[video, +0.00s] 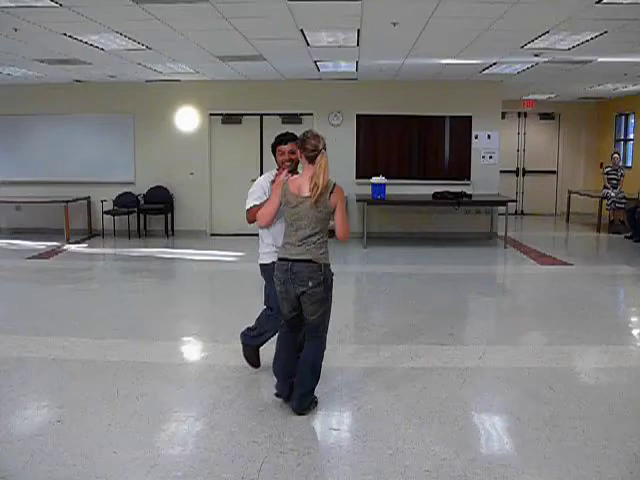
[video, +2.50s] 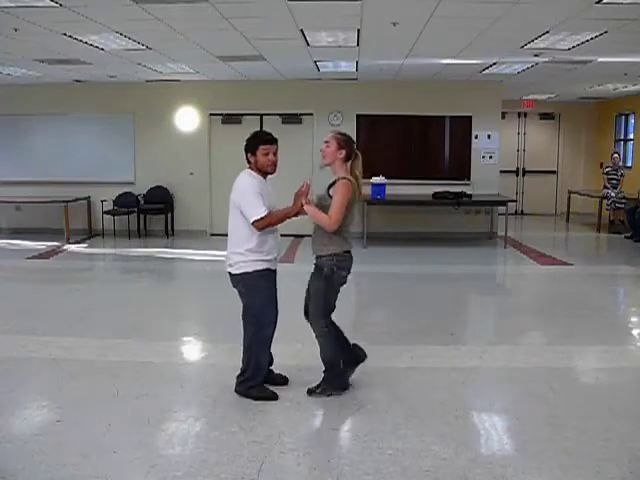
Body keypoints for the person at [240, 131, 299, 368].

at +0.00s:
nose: (287, 158)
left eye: (292, 153)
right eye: (282, 153)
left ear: (300, 154)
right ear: (275, 156)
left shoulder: (305, 181)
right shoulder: (265, 182)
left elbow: (317, 212)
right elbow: (251, 216)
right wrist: (277, 192)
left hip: (300, 255)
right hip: (272, 256)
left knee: (299, 314)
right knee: (279, 311)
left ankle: (291, 363)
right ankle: (251, 338)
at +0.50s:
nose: (274, 159)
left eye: (278, 154)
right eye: (268, 154)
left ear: (284, 155)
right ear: (259, 156)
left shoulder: (292, 183)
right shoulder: (249, 184)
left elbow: (302, 213)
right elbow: (244, 222)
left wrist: (311, 217)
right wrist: (273, 230)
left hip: (285, 260)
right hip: (256, 261)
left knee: (291, 313)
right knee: (255, 313)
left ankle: (292, 359)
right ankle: (241, 356)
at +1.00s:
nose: (245, 160)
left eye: (247, 154)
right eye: (238, 156)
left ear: (251, 155)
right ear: (225, 158)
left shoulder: (260, 185)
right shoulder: (212, 183)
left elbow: (277, 215)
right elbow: (190, 207)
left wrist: (302, 219)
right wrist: (213, 192)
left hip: (253, 263)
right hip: (221, 264)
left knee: (263, 313)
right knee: (225, 319)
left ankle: (264, 361)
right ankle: (228, 371)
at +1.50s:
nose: (248, 160)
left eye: (250, 155)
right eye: (242, 156)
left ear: (252, 157)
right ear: (226, 158)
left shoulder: (257, 187)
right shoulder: (212, 187)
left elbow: (275, 216)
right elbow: (197, 225)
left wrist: (306, 220)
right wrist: (225, 231)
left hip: (250, 266)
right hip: (221, 268)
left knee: (256, 314)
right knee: (225, 321)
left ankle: (244, 358)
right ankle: (223, 375)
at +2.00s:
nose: (267, 160)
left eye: (269, 155)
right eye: (261, 155)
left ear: (269, 156)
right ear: (245, 157)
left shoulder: (258, 185)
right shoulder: (239, 184)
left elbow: (260, 220)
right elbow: (253, 224)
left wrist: (283, 220)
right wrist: (288, 214)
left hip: (261, 267)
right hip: (243, 268)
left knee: (265, 319)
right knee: (251, 321)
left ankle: (260, 369)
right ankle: (227, 373)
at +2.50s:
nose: (273, 159)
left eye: (275, 154)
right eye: (266, 154)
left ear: (276, 155)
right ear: (251, 157)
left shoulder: (260, 182)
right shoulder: (248, 183)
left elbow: (265, 218)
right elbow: (260, 222)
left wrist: (294, 207)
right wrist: (294, 210)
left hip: (262, 265)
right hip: (250, 266)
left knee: (266, 320)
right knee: (259, 322)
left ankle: (261, 370)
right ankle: (249, 382)